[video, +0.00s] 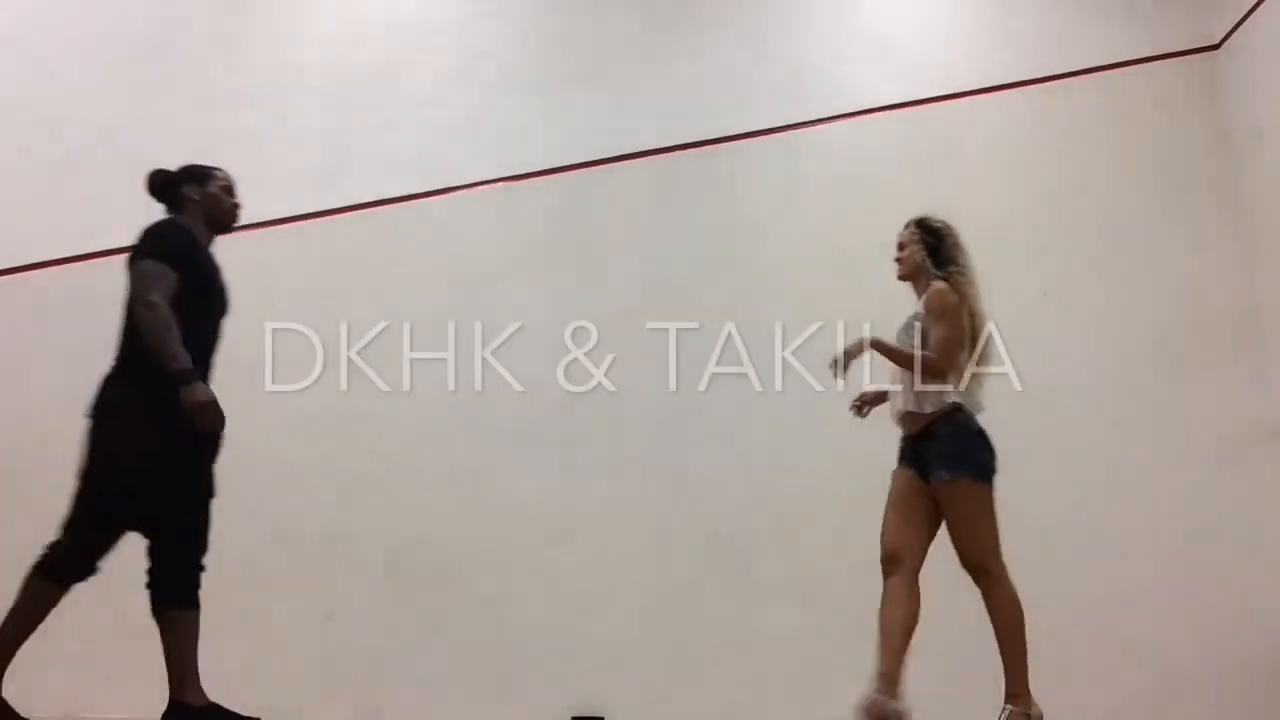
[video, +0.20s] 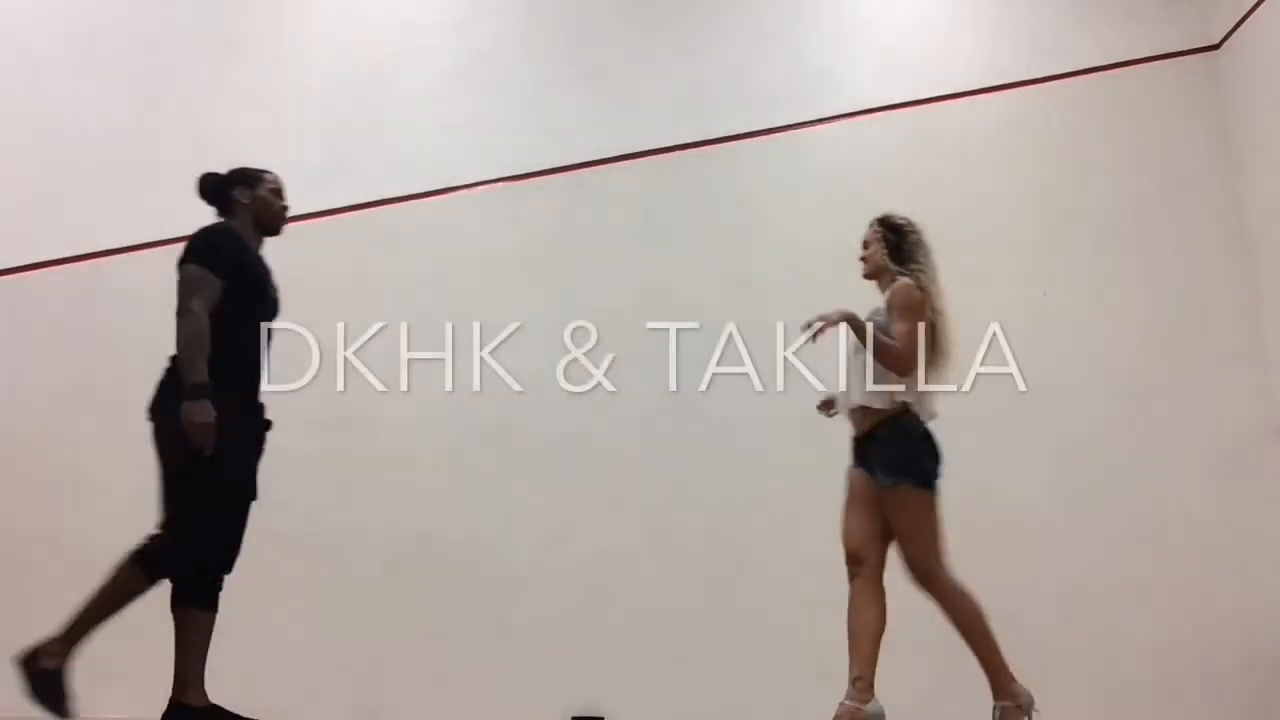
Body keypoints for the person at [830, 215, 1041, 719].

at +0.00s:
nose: (896, 256)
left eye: (904, 246)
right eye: (896, 249)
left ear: (929, 250)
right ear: (917, 255)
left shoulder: (943, 293)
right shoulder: (928, 307)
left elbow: (942, 364)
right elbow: (933, 384)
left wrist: (872, 345)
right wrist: (887, 395)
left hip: (953, 442)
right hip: (917, 446)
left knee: (985, 567)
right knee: (897, 563)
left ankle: (1020, 701)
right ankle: (886, 693)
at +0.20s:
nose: (860, 254)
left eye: (867, 246)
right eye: (861, 246)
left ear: (889, 249)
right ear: (882, 252)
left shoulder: (905, 291)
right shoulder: (886, 303)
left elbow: (905, 362)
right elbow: (888, 381)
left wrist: (855, 324)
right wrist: (844, 401)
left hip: (901, 444)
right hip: (870, 447)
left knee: (928, 570)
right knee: (861, 564)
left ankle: (1008, 691)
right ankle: (860, 693)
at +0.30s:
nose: (843, 251)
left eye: (850, 243)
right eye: (844, 244)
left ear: (871, 245)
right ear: (868, 247)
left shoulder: (892, 288)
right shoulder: (871, 301)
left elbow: (888, 356)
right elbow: (871, 379)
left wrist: (841, 314)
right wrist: (828, 397)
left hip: (879, 445)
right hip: (846, 445)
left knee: (880, 570)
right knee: (849, 567)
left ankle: (983, 677)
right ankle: (859, 695)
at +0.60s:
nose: (796, 243)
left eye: (802, 233)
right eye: (795, 234)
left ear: (826, 234)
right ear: (811, 240)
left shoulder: (851, 280)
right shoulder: (822, 293)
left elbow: (865, 352)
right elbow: (803, 377)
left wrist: (828, 340)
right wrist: (752, 359)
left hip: (838, 429)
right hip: (820, 431)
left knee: (775, 543)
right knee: (834, 561)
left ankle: (858, 665)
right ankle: (858, 691)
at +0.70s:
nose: (779, 241)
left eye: (785, 231)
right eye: (778, 234)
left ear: (809, 230)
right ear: (795, 236)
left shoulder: (835, 278)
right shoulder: (810, 291)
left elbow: (859, 354)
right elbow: (788, 379)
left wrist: (819, 367)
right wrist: (750, 347)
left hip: (825, 427)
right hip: (815, 428)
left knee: (765, 539)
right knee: (829, 563)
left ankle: (809, 678)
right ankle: (859, 693)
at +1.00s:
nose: (736, 246)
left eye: (740, 236)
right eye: (734, 238)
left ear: (764, 235)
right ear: (760, 239)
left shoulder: (791, 286)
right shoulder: (776, 292)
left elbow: (806, 354)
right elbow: (772, 352)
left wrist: (759, 381)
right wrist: (730, 329)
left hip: (777, 422)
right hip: (763, 422)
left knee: (769, 558)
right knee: (769, 564)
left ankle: (762, 698)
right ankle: (850, 689)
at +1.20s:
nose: (717, 244)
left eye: (722, 233)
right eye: (716, 235)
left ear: (745, 232)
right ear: (737, 234)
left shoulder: (772, 284)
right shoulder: (756, 288)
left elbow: (769, 356)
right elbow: (754, 352)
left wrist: (720, 341)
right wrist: (718, 329)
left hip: (762, 421)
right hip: (744, 422)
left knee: (764, 556)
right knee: (713, 560)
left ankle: (764, 695)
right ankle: (794, 677)